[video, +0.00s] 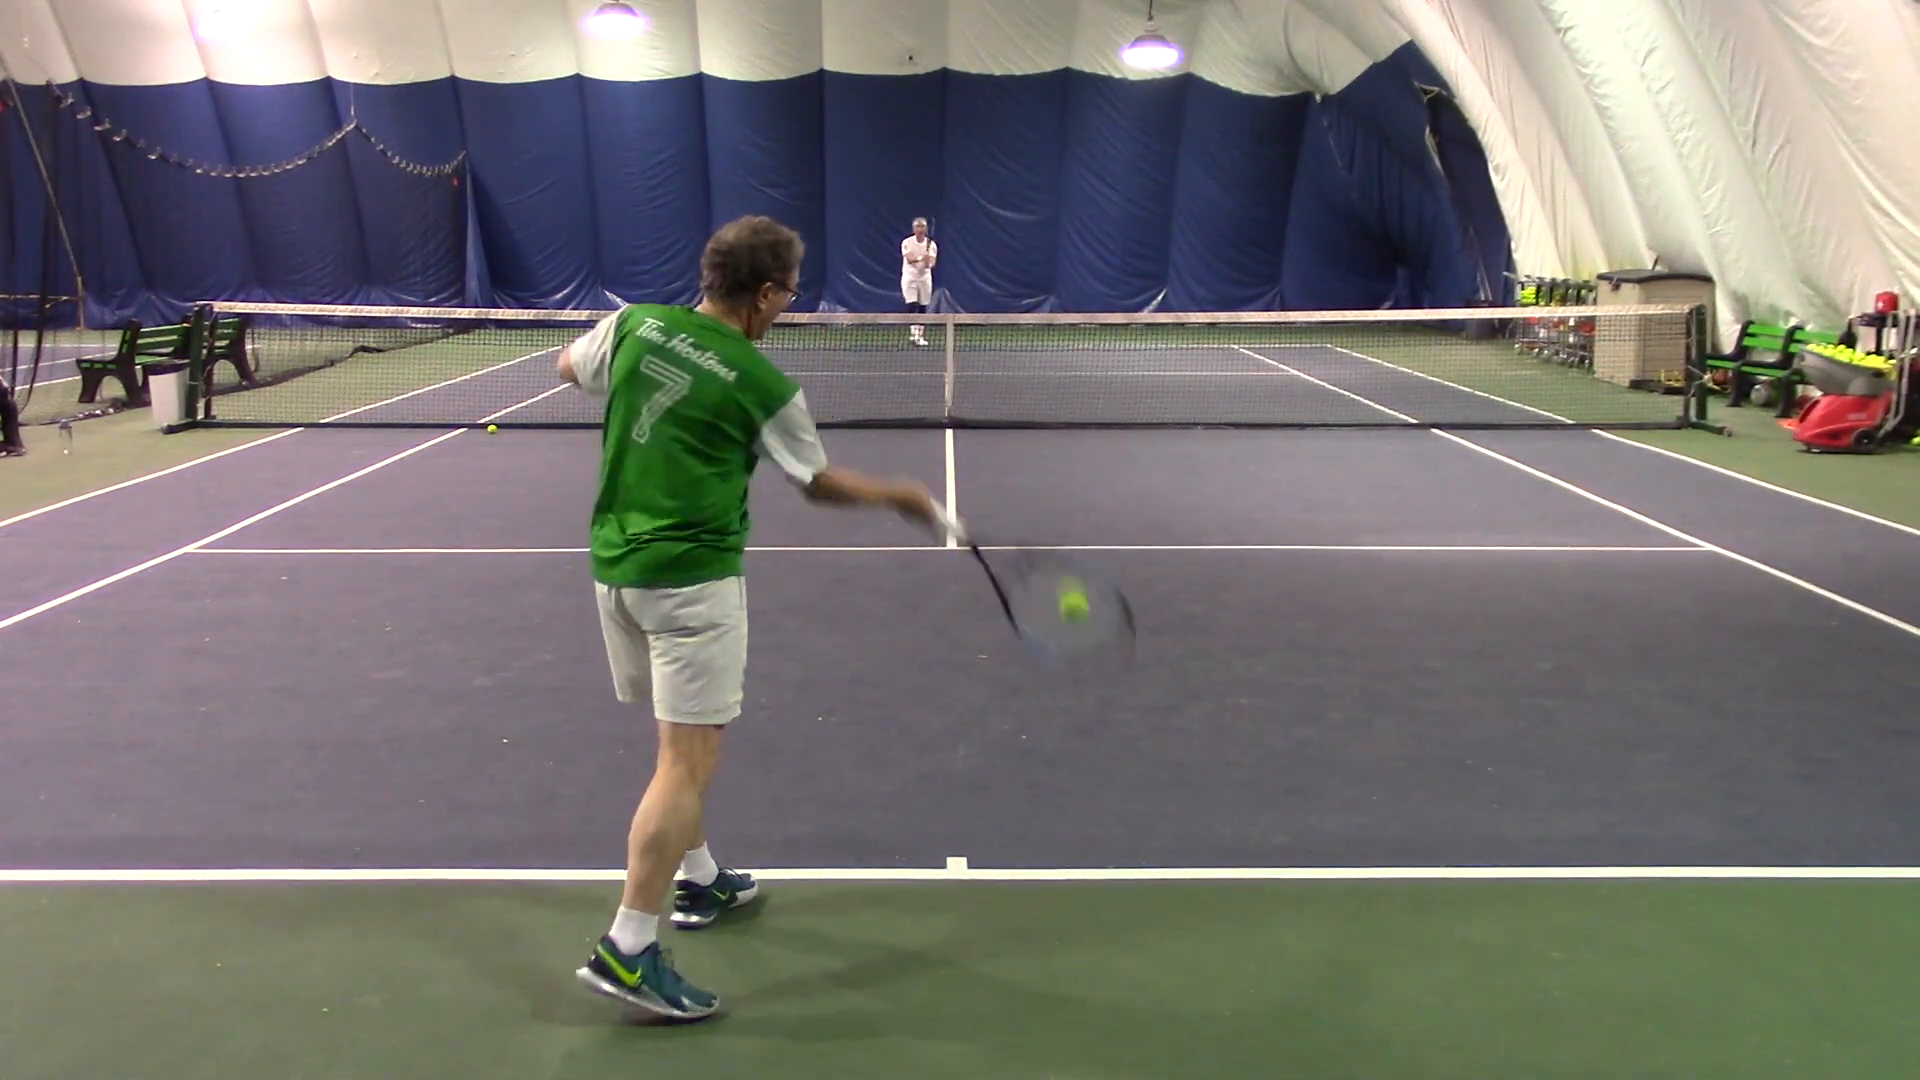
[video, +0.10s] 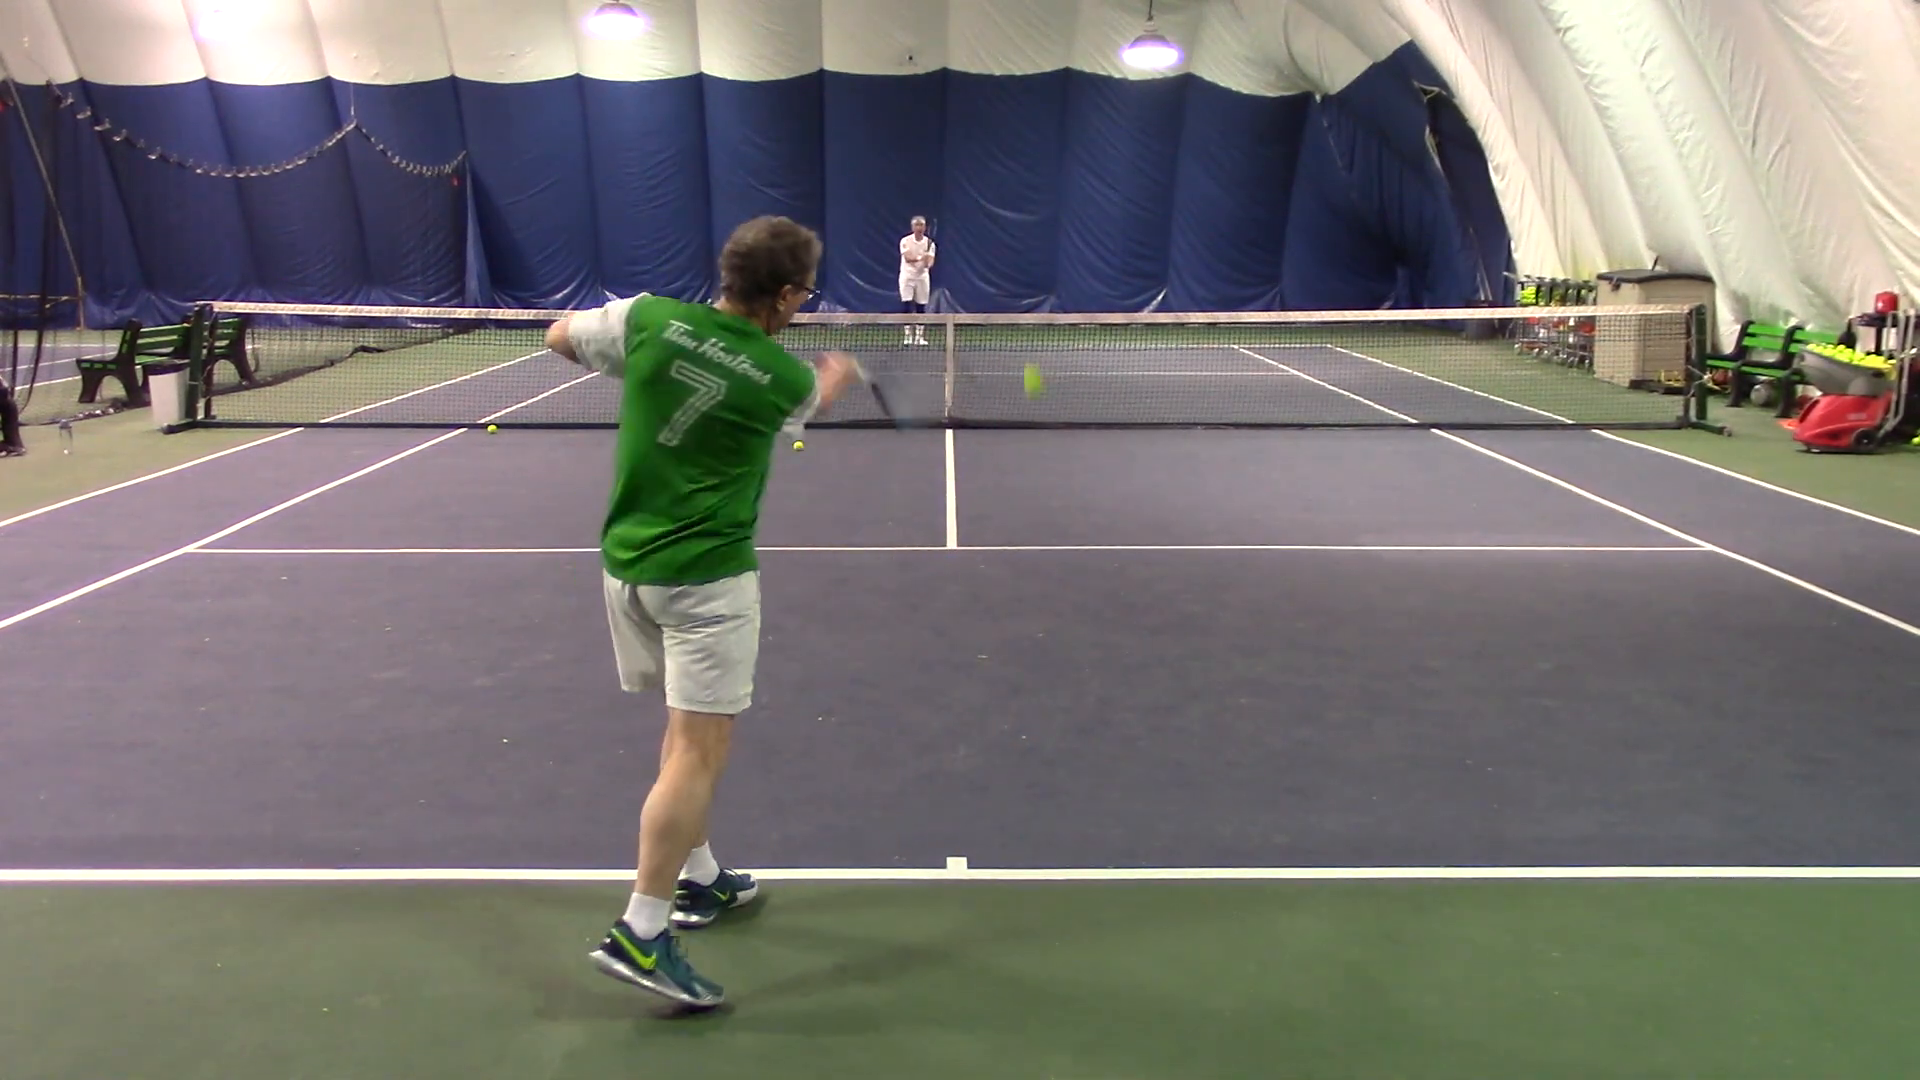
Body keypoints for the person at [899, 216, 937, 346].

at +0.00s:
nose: (920, 230)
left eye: (922, 227)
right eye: (918, 227)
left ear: (926, 229)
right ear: (914, 229)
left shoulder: (931, 245)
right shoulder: (907, 242)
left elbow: (932, 261)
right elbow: (909, 258)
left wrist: (925, 259)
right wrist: (923, 257)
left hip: (925, 277)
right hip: (910, 277)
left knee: (923, 307)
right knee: (912, 305)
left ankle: (920, 334)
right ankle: (913, 331)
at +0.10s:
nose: (919, 228)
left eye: (921, 225)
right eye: (916, 225)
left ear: (925, 227)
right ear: (912, 227)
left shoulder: (930, 244)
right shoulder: (905, 241)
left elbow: (930, 261)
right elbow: (907, 257)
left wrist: (922, 260)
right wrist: (922, 257)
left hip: (922, 276)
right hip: (907, 276)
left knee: (921, 306)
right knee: (907, 305)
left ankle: (920, 335)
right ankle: (908, 334)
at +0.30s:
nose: (914, 228)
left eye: (916, 225)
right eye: (911, 225)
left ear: (920, 227)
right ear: (907, 227)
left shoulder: (923, 243)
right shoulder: (900, 241)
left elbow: (926, 265)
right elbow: (903, 259)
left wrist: (924, 256)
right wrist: (918, 258)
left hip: (916, 276)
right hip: (901, 276)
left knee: (920, 305)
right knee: (894, 305)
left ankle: (919, 335)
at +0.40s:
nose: (911, 233)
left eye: (914, 230)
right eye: (909, 230)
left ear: (917, 232)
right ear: (904, 232)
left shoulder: (920, 247)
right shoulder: (897, 246)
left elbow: (924, 261)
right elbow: (900, 265)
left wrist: (923, 269)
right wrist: (914, 265)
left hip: (913, 281)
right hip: (898, 282)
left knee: (922, 307)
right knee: (889, 309)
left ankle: (919, 336)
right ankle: (880, 335)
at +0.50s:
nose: (912, 235)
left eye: (914, 232)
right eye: (910, 232)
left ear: (917, 233)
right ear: (905, 233)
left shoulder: (920, 249)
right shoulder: (897, 247)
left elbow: (922, 264)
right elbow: (898, 265)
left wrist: (922, 273)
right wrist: (910, 269)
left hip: (912, 282)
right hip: (897, 283)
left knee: (922, 307)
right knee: (889, 309)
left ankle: (919, 336)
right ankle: (880, 335)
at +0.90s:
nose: (923, 238)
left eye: (925, 236)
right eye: (920, 235)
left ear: (926, 237)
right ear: (915, 236)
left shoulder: (923, 249)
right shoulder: (908, 248)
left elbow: (933, 257)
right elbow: (921, 259)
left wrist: (944, 256)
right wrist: (939, 258)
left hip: (913, 280)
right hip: (901, 280)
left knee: (923, 307)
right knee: (907, 308)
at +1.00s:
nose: (927, 243)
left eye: (929, 240)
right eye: (925, 240)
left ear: (930, 241)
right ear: (919, 239)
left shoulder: (926, 251)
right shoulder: (912, 250)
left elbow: (937, 255)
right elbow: (927, 257)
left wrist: (951, 251)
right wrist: (946, 247)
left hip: (914, 282)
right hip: (902, 282)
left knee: (923, 307)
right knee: (911, 304)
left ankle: (921, 329)